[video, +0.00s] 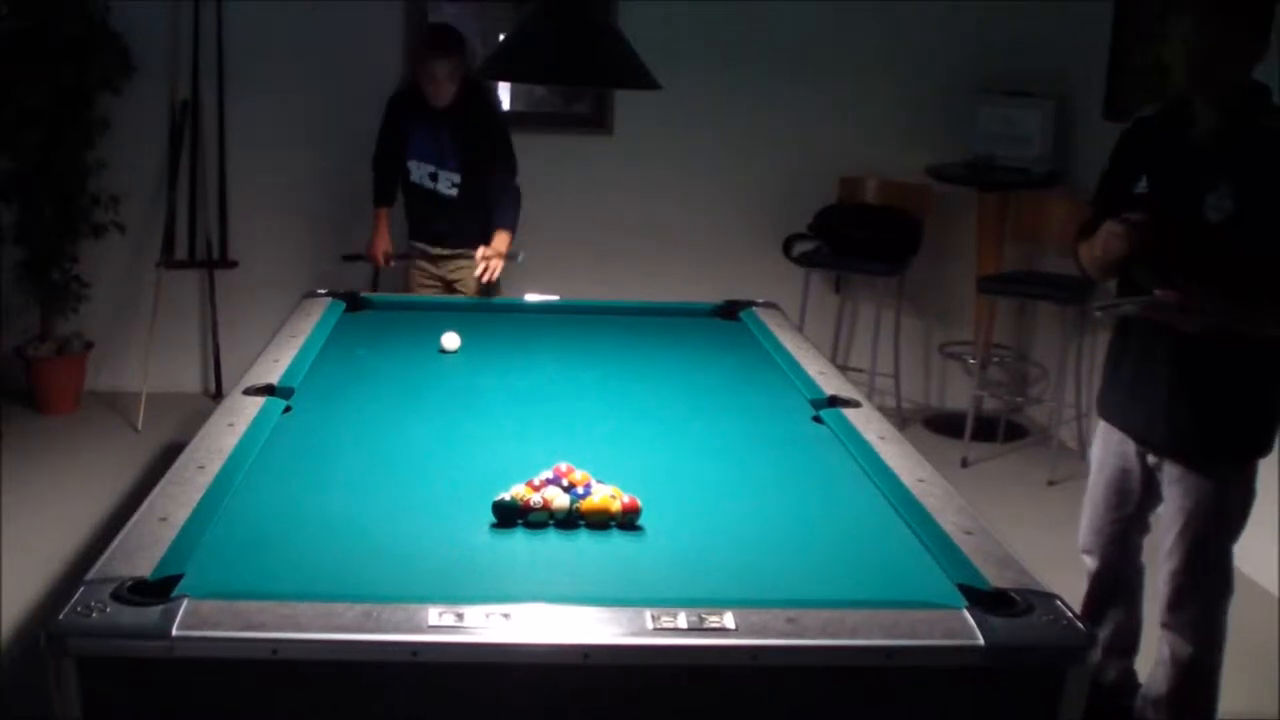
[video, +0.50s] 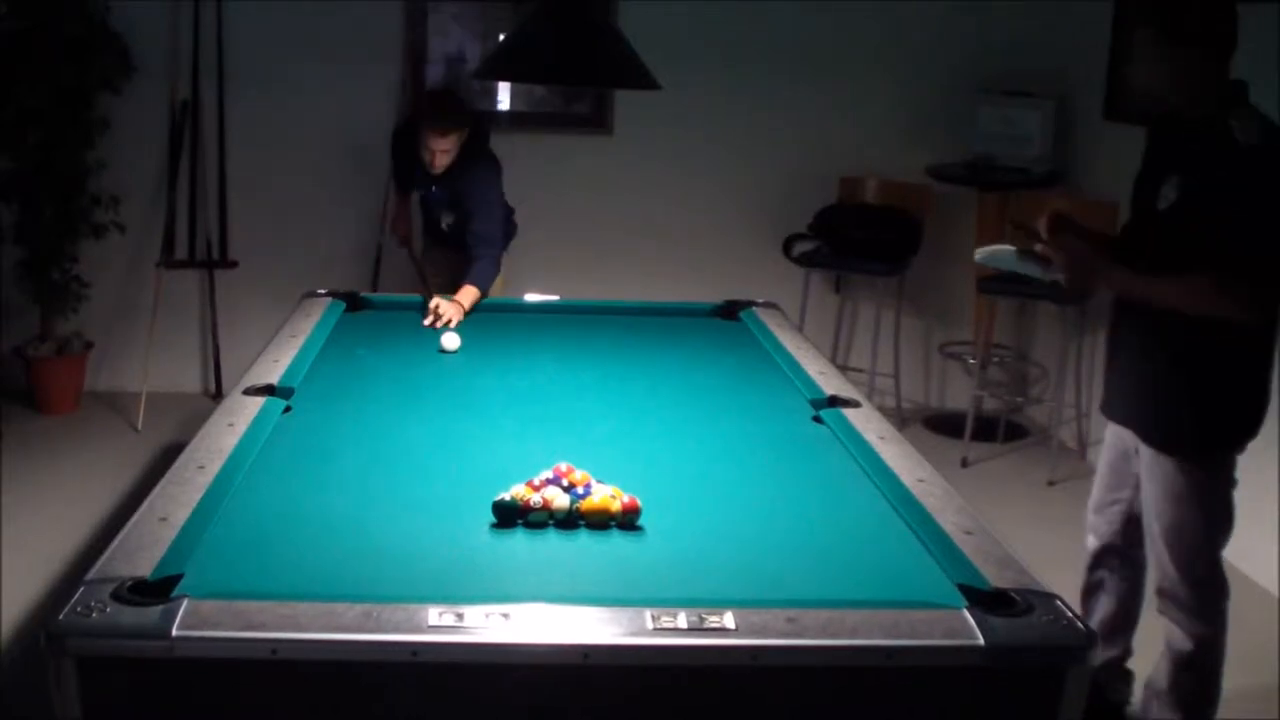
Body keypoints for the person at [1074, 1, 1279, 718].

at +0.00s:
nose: (1195, 50)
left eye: (1212, 31)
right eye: (1187, 31)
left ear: (1249, 43)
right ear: (1173, 42)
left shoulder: (1274, 147)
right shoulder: (1150, 135)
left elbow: (1275, 292)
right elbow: (1088, 258)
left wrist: (1209, 300)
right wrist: (1108, 243)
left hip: (1224, 404)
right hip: (1133, 386)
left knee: (1187, 596)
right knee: (1102, 562)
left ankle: (1173, 711)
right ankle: (1100, 698)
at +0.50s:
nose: (1133, 70)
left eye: (1146, 51)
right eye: (1134, 51)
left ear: (1192, 56)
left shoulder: (1252, 152)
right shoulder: (1172, 139)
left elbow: (1239, 295)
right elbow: (1158, 256)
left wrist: (1109, 274)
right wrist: (1089, 248)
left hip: (1196, 408)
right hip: (1135, 389)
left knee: (1185, 588)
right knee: (1109, 548)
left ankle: (1177, 708)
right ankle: (1098, 675)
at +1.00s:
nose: (1081, 69)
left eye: (1091, 52)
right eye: (1082, 52)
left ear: (1128, 52)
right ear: (1144, 49)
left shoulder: (1156, 128)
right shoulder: (1153, 120)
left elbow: (1134, 264)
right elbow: (1119, 224)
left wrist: (1028, 245)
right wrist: (1034, 210)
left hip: (1126, 373)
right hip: (1131, 368)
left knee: (1092, 539)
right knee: (1095, 533)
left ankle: (1122, 695)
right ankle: (1111, 684)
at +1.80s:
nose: (980, 74)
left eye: (988, 59)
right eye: (979, 60)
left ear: (1018, 56)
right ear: (1039, 52)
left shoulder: (1052, 122)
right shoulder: (1057, 113)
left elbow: (1031, 261)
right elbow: (1026, 218)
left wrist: (937, 240)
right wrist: (946, 204)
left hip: (1045, 358)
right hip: (1046, 350)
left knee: (1007, 515)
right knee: (999, 495)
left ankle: (1035, 645)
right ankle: (1031, 632)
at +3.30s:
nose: (1003, 68)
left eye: (1014, 54)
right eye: (1001, 54)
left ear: (1049, 52)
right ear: (1020, 54)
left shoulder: (1102, 128)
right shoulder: (1029, 126)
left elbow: (1101, 244)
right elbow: (1038, 226)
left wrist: (993, 239)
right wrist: (980, 224)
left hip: (1088, 355)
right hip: (1028, 346)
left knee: (1101, 506)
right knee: (1018, 493)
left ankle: (1144, 655)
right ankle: (1006, 628)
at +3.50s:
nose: (1069, 69)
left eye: (1082, 55)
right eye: (1068, 55)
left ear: (1122, 57)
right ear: (1077, 56)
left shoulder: (1179, 144)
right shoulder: (1075, 126)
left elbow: (1174, 261)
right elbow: (1068, 219)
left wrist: (1059, 252)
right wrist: (1019, 224)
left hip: (1138, 375)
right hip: (1061, 358)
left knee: (1158, 525)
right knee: (1035, 496)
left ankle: (1185, 674)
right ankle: (1011, 630)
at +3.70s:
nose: (1121, 75)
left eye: (1137, 60)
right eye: (1125, 60)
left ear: (1186, 64)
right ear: (1150, 70)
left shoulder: (1258, 156)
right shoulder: (1129, 146)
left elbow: (1263, 282)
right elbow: (1099, 241)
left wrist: (1149, 277)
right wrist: (1081, 251)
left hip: (1213, 391)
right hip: (1122, 375)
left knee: (1199, 547)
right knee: (1060, 505)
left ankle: (1191, 678)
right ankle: (1018, 634)